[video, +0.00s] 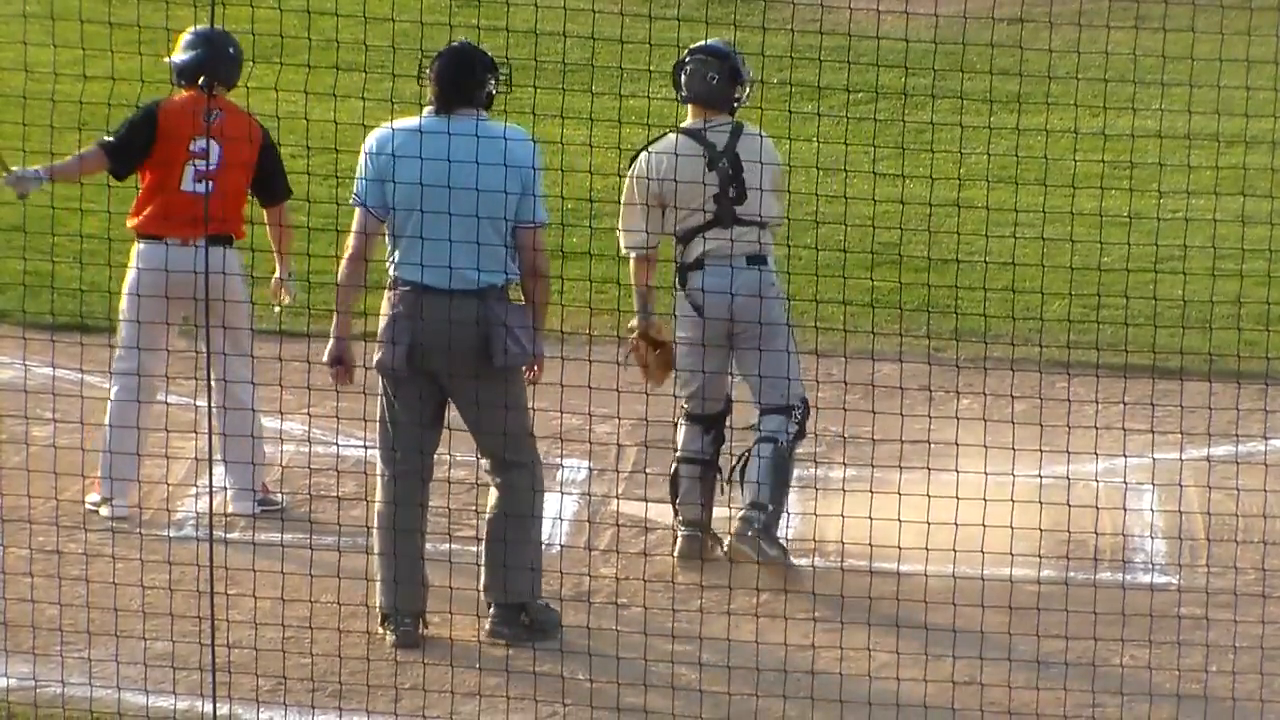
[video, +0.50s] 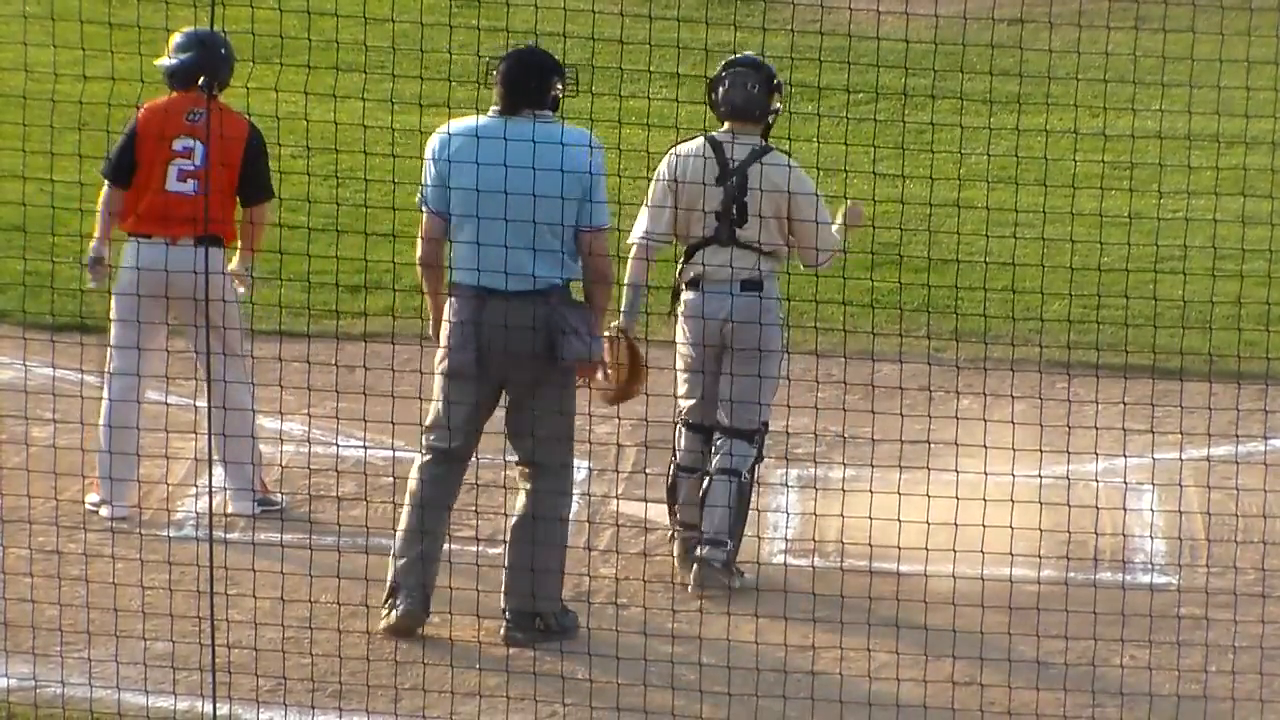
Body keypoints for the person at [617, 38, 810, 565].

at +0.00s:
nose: (739, 94)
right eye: (737, 87)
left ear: (683, 90)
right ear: (735, 92)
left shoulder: (654, 158)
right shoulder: (762, 147)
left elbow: (640, 249)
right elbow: (769, 221)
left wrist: (643, 318)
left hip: (696, 291)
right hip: (758, 286)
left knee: (701, 410)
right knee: (780, 409)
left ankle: (691, 526)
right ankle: (757, 523)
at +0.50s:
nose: (770, 108)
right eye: (771, 101)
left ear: (716, 102)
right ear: (769, 108)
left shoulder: (681, 159)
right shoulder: (784, 171)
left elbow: (644, 243)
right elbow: (818, 254)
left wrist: (627, 315)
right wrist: (842, 228)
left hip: (696, 306)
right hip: (757, 310)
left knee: (693, 423)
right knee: (740, 434)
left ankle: (684, 539)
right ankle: (714, 554)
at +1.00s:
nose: (775, 116)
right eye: (774, 109)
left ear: (719, 105)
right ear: (771, 114)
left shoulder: (674, 159)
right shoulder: (779, 169)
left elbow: (640, 250)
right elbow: (812, 217)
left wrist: (632, 326)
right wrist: (796, 143)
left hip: (682, 306)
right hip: (744, 311)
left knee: (666, 422)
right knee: (727, 437)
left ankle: (635, 542)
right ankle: (713, 563)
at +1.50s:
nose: (718, 125)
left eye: (714, 118)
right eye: (717, 117)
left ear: (656, 112)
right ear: (710, 120)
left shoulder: (615, 165)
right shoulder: (722, 172)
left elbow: (593, 249)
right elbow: (737, 233)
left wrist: (591, 330)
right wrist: (716, 167)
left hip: (629, 315)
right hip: (692, 318)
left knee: (632, 441)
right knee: (708, 440)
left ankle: (627, 567)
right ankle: (716, 563)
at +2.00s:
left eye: (657, 106)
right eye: (707, 110)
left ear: (655, 110)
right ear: (711, 114)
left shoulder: (626, 167)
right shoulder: (732, 176)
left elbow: (611, 249)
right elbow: (743, 254)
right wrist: (688, 237)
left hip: (639, 319)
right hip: (702, 322)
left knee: (630, 442)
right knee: (700, 446)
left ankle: (623, 571)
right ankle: (697, 576)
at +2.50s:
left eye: (632, 143)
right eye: (690, 144)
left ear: (634, 145)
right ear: (690, 148)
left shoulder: (607, 189)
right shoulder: (709, 200)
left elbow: (586, 269)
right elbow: (724, 283)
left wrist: (597, 318)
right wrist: (690, 331)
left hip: (616, 329)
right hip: (677, 334)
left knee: (606, 445)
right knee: (709, 443)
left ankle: (602, 569)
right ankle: (686, 570)